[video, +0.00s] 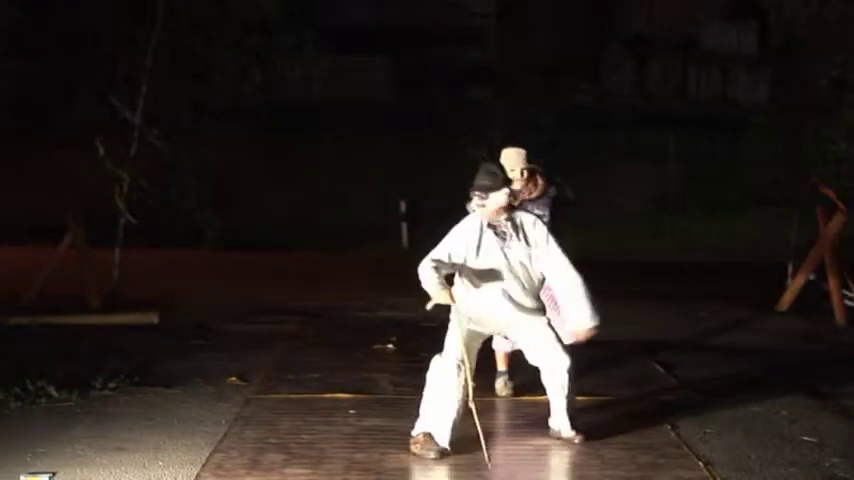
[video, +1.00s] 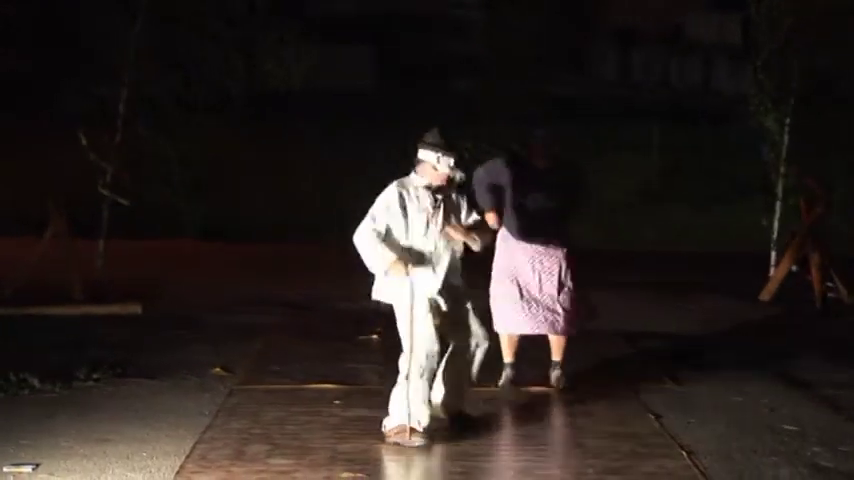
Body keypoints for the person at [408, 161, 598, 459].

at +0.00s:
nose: (506, 200)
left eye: (507, 194)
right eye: (499, 195)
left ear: (509, 196)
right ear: (481, 199)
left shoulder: (529, 225)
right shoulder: (469, 229)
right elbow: (429, 265)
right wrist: (439, 292)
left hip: (523, 314)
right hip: (472, 313)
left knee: (557, 362)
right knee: (452, 366)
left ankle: (560, 423)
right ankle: (428, 434)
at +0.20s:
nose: (473, 174)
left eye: (467, 168)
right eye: (464, 169)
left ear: (474, 170)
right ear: (451, 175)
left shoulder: (496, 191)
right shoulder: (437, 207)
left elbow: (494, 200)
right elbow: (404, 236)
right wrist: (406, 256)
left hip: (500, 295)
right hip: (454, 298)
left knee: (532, 352)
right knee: (440, 358)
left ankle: (555, 421)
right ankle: (424, 431)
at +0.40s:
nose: (445, 165)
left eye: (445, 159)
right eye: (436, 159)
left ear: (456, 160)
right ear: (428, 162)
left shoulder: (475, 194)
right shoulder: (417, 197)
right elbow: (401, 230)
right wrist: (398, 255)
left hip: (480, 291)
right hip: (439, 294)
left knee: (511, 346)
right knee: (444, 357)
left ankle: (504, 422)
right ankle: (413, 428)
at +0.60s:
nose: (416, 170)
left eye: (424, 162)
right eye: (414, 163)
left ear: (437, 163)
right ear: (409, 166)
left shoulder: (453, 188)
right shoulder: (401, 200)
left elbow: (455, 190)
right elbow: (374, 230)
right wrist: (372, 253)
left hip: (461, 292)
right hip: (420, 295)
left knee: (491, 348)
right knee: (428, 360)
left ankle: (497, 428)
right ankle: (409, 429)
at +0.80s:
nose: (433, 165)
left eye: (438, 158)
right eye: (426, 159)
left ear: (444, 158)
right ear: (411, 157)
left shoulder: (449, 182)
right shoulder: (392, 188)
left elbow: (468, 190)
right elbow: (360, 221)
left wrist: (423, 194)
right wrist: (372, 254)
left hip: (451, 282)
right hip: (414, 284)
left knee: (482, 341)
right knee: (428, 350)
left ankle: (494, 414)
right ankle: (409, 424)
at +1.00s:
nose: (449, 175)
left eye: (451, 169)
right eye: (444, 168)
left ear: (450, 169)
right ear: (426, 164)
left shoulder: (455, 199)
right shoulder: (397, 194)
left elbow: (484, 240)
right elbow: (365, 234)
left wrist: (469, 236)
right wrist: (390, 262)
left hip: (449, 288)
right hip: (411, 288)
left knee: (474, 341)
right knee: (422, 351)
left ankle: (449, 407)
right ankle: (400, 422)